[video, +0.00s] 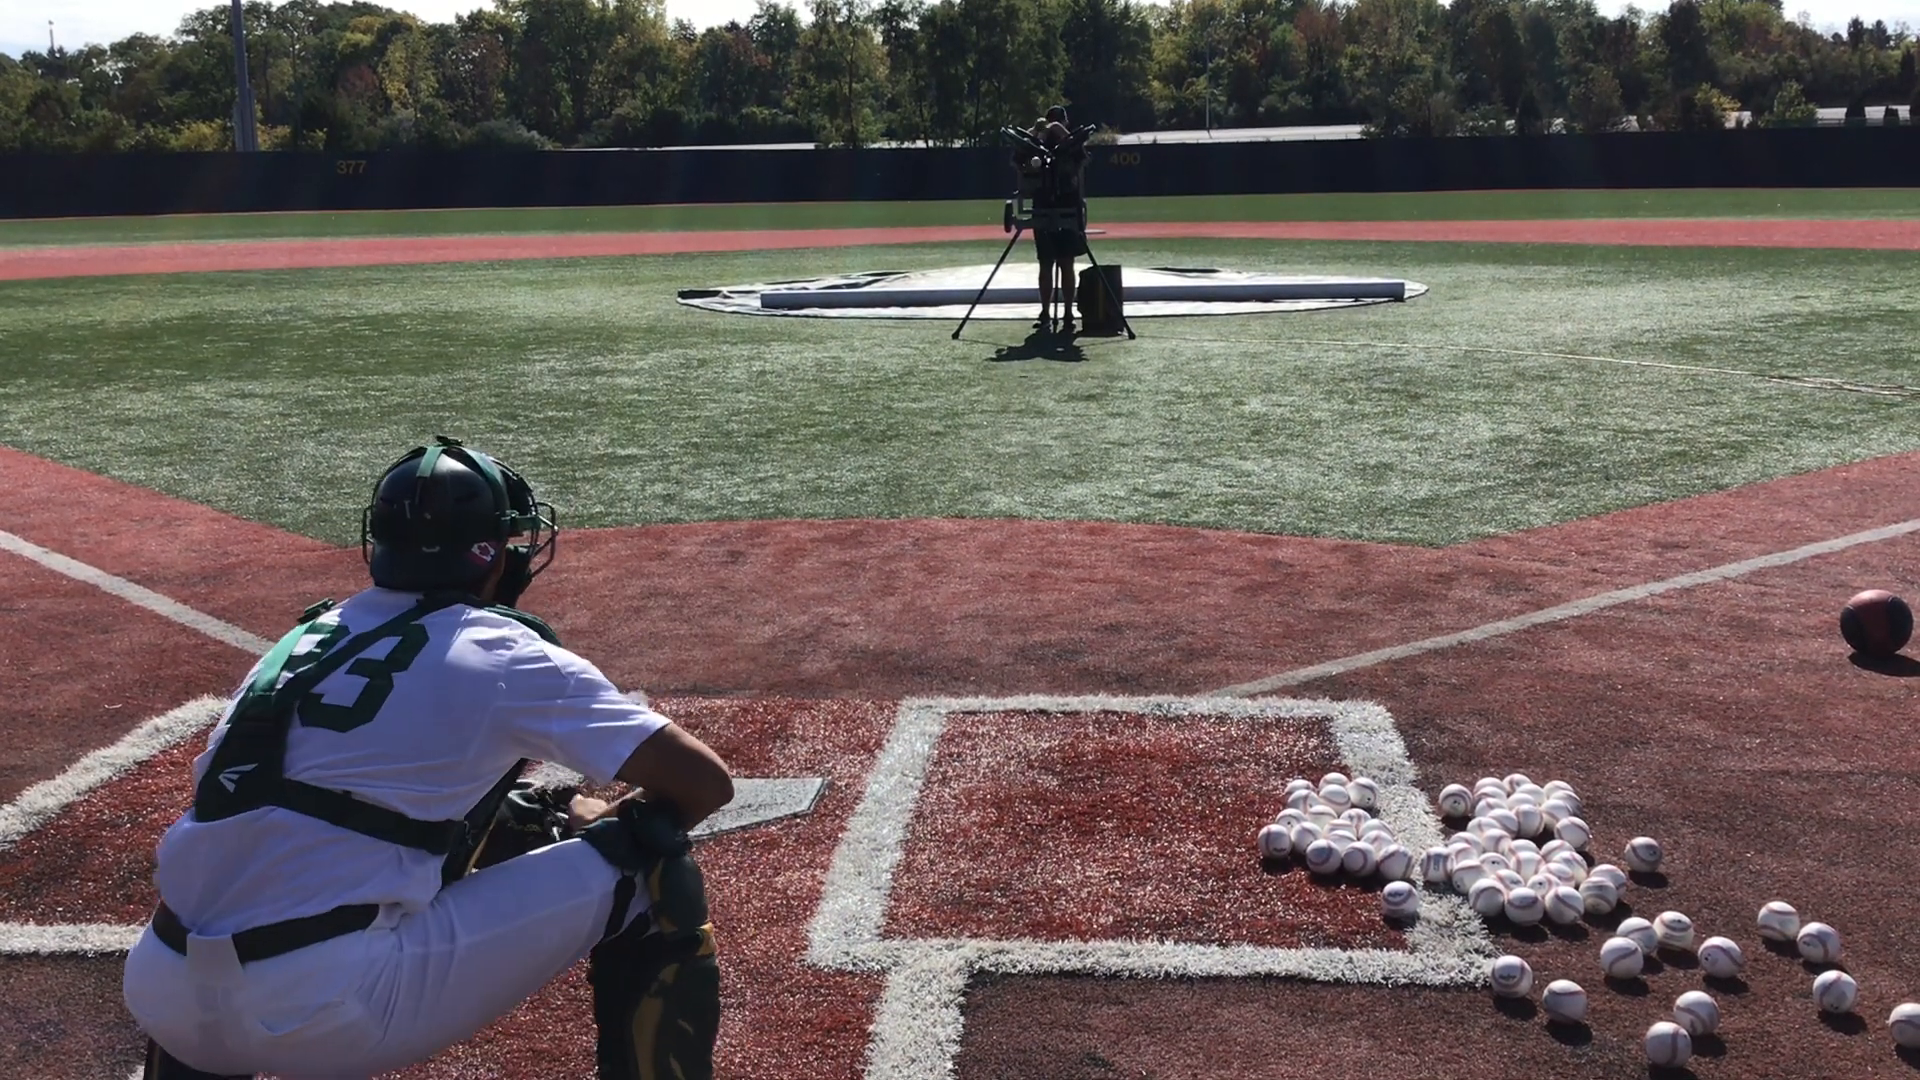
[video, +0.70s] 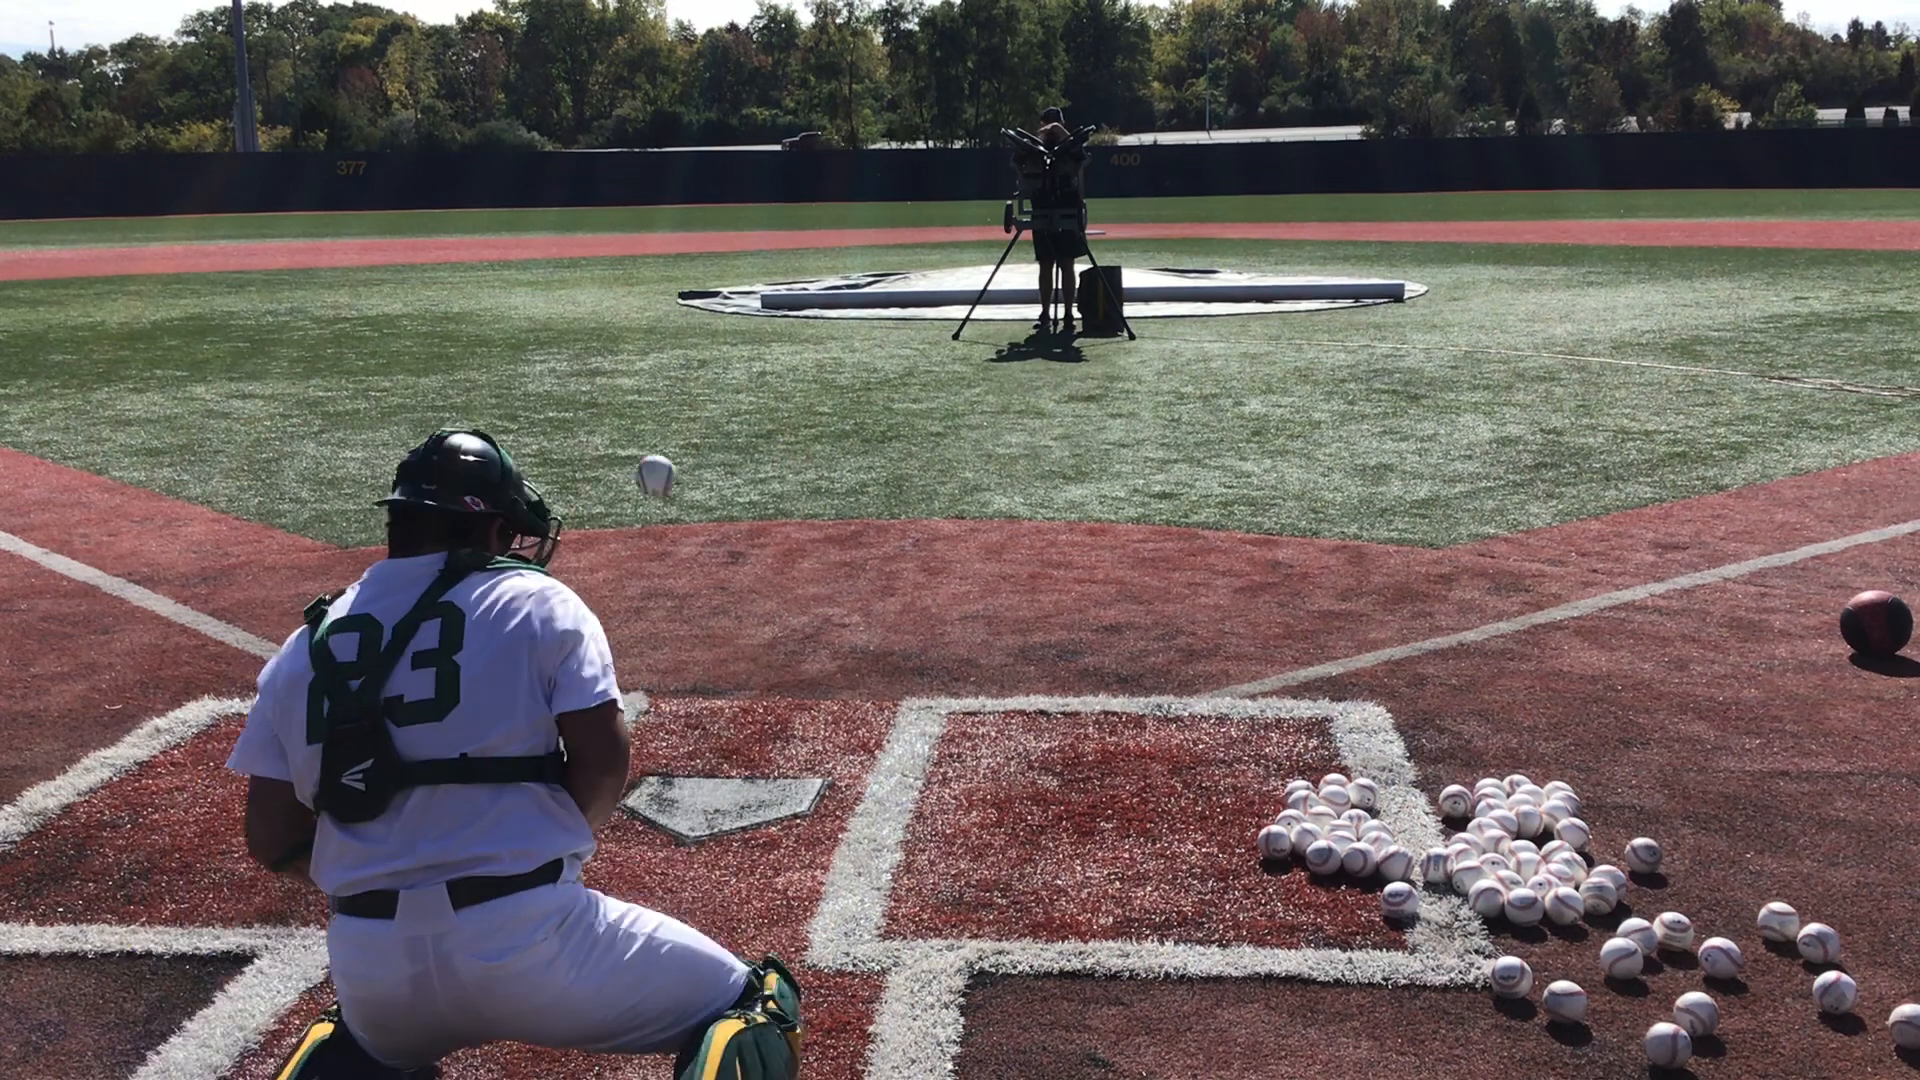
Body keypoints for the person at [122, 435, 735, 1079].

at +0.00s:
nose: (519, 555)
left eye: (517, 540)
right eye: (509, 542)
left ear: (384, 548)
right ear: (482, 560)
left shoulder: (312, 627)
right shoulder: (496, 650)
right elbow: (704, 783)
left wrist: (491, 813)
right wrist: (619, 810)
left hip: (160, 994)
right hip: (314, 1011)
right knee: (650, 856)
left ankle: (184, 1063)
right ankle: (654, 1063)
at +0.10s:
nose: (512, 558)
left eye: (510, 542)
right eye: (503, 545)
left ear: (378, 554)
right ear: (476, 565)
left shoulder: (312, 631)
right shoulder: (478, 657)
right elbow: (693, 789)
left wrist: (530, 822)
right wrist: (593, 821)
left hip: (154, 997)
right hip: (290, 1016)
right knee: (636, 861)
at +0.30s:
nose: (504, 572)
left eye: (501, 555)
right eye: (496, 558)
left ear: (369, 567)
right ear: (472, 578)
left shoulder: (311, 633)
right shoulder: (467, 677)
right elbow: (673, 817)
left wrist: (493, 819)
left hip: (184, 1013)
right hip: (285, 1030)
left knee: (488, 819)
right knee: (625, 869)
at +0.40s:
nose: (505, 563)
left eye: (502, 545)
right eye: (497, 549)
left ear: (365, 555)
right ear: (473, 566)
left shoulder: (295, 637)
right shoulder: (493, 670)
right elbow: (591, 831)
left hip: (206, 1017)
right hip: (316, 1018)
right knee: (652, 872)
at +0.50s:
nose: (499, 540)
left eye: (495, 524)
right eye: (491, 526)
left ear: (367, 532)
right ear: (468, 542)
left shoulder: (290, 640)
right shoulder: (516, 657)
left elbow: (249, 817)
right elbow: (522, 869)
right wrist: (522, 994)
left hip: (238, 1005)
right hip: (368, 1000)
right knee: (701, 877)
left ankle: (292, 1053)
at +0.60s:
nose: (504, 537)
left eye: (501, 520)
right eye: (497, 522)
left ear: (375, 529)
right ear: (473, 535)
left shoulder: (290, 652)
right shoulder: (520, 625)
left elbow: (209, 826)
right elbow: (560, 800)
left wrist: (324, 858)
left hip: (305, 996)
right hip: (452, 974)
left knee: (357, 1039)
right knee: (746, 920)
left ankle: (307, 1066)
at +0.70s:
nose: (516, 540)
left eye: (515, 525)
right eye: (511, 525)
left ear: (400, 520)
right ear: (493, 527)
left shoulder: (308, 643)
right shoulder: (542, 605)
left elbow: (272, 837)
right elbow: (603, 769)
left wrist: (375, 813)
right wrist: (545, 838)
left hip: (368, 958)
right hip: (526, 939)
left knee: (374, 1055)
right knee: (747, 1000)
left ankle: (320, 1064)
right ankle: (727, 1057)